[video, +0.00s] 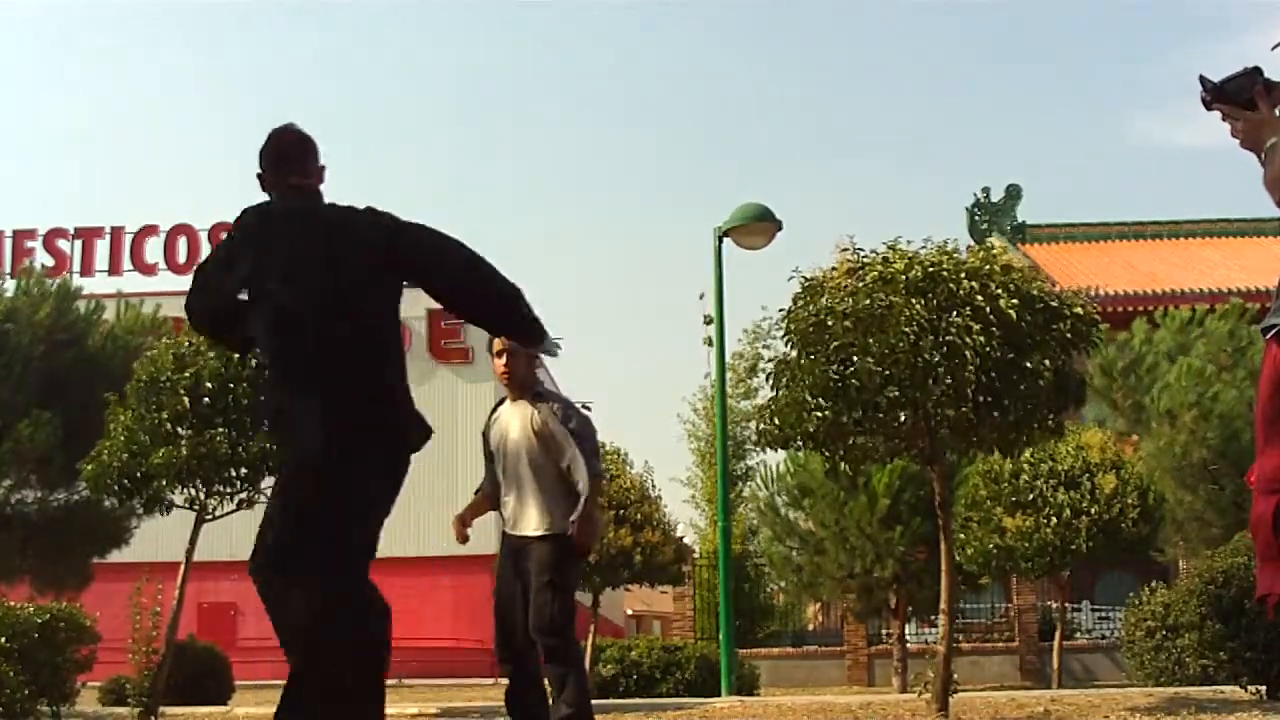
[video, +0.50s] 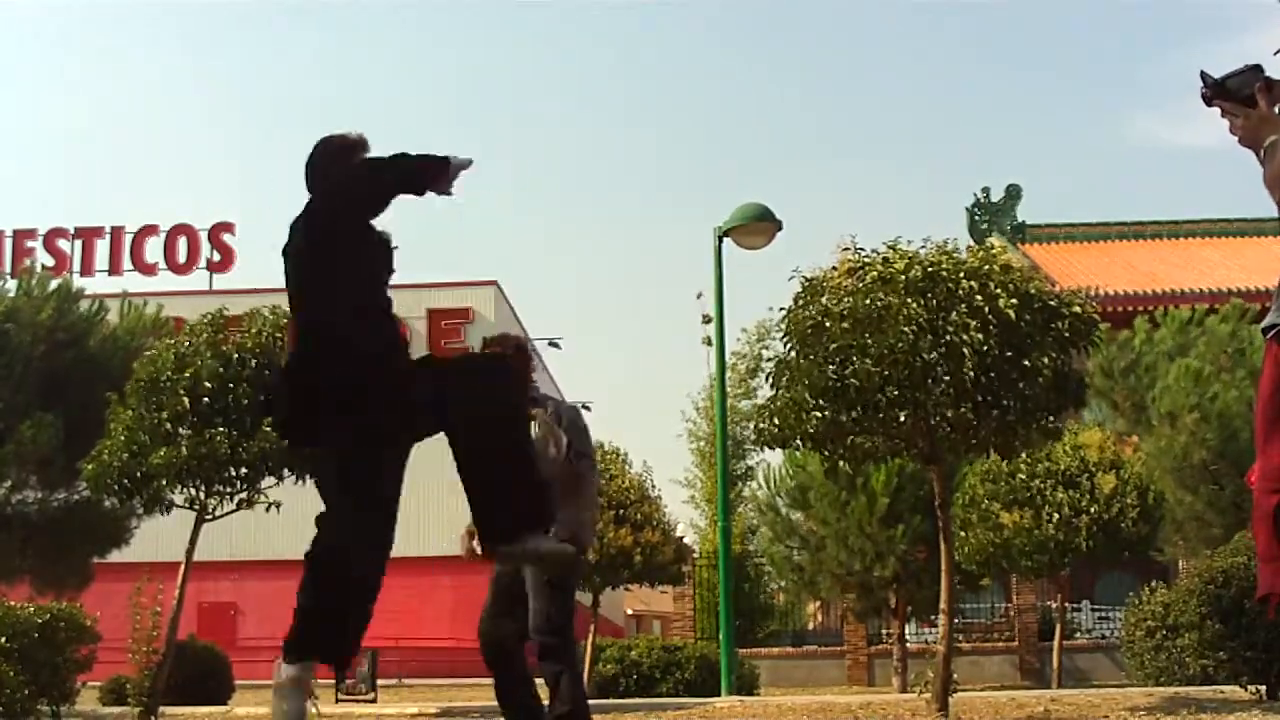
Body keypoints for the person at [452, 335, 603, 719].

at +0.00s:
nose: (505, 361)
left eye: (514, 353)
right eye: (499, 354)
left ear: (533, 359)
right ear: (491, 363)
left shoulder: (556, 410)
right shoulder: (497, 418)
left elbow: (587, 465)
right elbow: (496, 483)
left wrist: (587, 511)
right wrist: (467, 514)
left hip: (553, 538)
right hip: (513, 538)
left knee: (551, 633)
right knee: (512, 639)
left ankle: (573, 712)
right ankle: (527, 713)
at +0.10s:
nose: (501, 363)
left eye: (509, 354)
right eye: (495, 356)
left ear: (531, 358)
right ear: (490, 364)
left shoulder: (559, 413)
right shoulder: (495, 421)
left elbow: (588, 474)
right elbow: (496, 484)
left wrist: (585, 524)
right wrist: (468, 513)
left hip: (552, 539)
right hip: (512, 540)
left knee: (552, 634)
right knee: (513, 639)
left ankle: (574, 712)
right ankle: (527, 714)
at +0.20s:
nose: (500, 364)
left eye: (507, 355)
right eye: (494, 357)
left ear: (531, 358)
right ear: (489, 364)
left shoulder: (559, 414)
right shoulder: (495, 421)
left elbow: (587, 476)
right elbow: (496, 485)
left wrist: (582, 527)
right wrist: (468, 512)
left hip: (551, 540)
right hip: (511, 540)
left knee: (551, 635)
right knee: (513, 641)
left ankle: (574, 713)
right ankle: (527, 714)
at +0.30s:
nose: (497, 366)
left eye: (505, 356)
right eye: (493, 359)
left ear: (530, 359)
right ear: (489, 365)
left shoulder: (560, 416)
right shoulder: (494, 421)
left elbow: (588, 484)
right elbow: (496, 486)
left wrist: (580, 530)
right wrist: (469, 512)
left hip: (551, 542)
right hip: (512, 542)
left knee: (551, 635)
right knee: (513, 641)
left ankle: (573, 712)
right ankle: (527, 714)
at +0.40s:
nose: (495, 369)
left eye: (503, 359)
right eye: (490, 361)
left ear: (526, 362)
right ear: (486, 368)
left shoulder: (556, 414)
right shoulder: (494, 423)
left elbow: (587, 477)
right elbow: (495, 486)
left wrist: (565, 517)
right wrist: (469, 521)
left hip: (553, 540)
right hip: (514, 541)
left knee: (550, 632)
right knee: (509, 638)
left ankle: (572, 711)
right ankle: (525, 712)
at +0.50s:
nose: (498, 373)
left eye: (505, 363)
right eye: (492, 366)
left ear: (526, 366)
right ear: (486, 372)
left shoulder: (558, 413)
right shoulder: (494, 417)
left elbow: (579, 479)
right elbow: (490, 475)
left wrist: (570, 534)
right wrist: (478, 525)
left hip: (556, 537)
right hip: (513, 538)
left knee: (551, 639)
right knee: (497, 635)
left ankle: (571, 710)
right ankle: (522, 711)